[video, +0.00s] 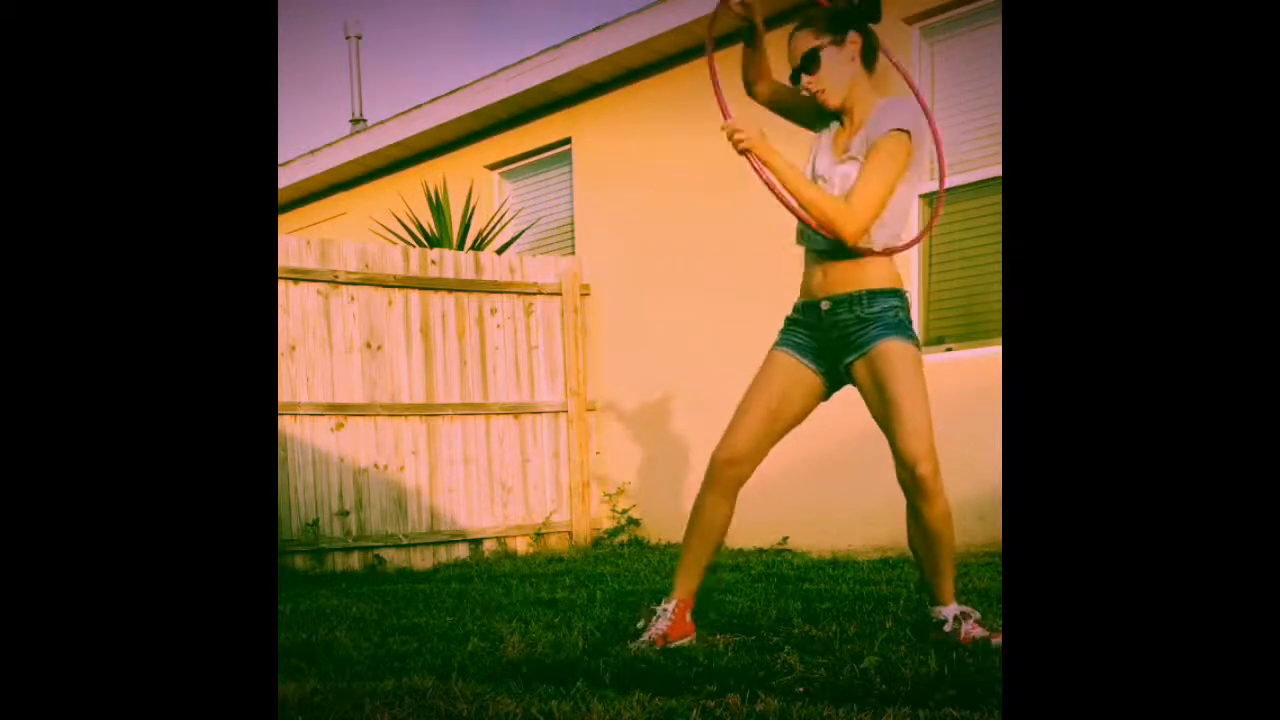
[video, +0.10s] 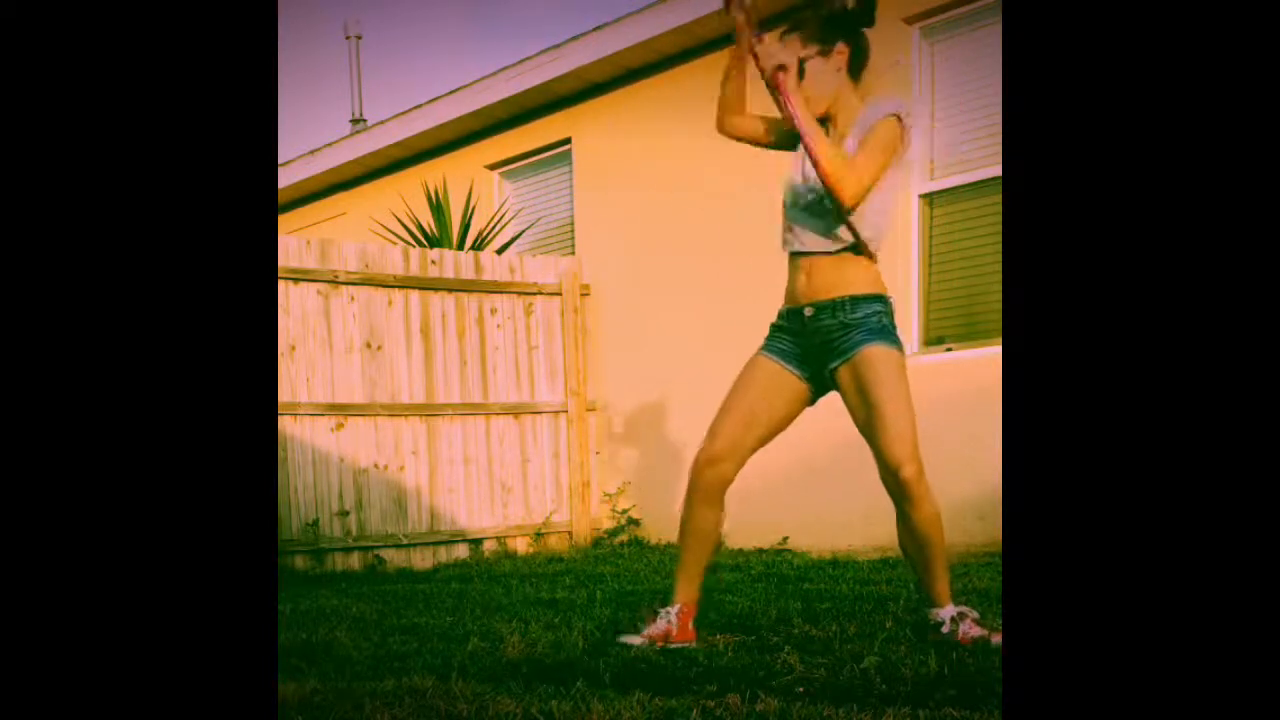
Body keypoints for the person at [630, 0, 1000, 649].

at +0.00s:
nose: (806, 81)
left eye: (812, 62)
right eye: (801, 70)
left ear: (855, 47)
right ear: (826, 65)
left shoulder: (896, 121)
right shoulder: (828, 126)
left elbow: (851, 226)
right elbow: (761, 86)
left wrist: (771, 157)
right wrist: (753, 27)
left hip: (874, 313)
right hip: (809, 320)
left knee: (919, 469)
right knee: (726, 463)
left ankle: (947, 609)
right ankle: (676, 614)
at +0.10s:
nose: (790, 83)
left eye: (796, 68)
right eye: (784, 73)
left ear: (839, 56)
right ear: (812, 65)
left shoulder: (884, 122)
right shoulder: (811, 131)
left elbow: (849, 191)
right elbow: (733, 122)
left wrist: (795, 109)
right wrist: (742, 44)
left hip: (859, 318)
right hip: (793, 327)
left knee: (903, 472)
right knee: (711, 465)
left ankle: (944, 611)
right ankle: (679, 618)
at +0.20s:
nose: (771, 94)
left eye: (777, 78)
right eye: (767, 83)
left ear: (819, 66)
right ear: (778, 82)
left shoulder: (870, 118)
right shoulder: (779, 144)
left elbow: (862, 129)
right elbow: (695, 166)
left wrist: (814, 35)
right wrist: (700, 76)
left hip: (838, 323)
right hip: (771, 334)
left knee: (889, 474)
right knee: (682, 465)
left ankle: (943, 613)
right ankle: (675, 617)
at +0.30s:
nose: (744, 98)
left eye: (752, 85)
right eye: (741, 86)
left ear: (797, 85)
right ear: (767, 89)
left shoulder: (841, 133)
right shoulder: (750, 156)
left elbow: (855, 59)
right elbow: (680, 210)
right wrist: (651, 122)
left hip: (815, 325)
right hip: (747, 336)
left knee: (873, 474)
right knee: (661, 467)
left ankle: (941, 612)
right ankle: (672, 616)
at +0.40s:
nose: (722, 101)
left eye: (730, 89)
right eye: (720, 89)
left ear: (775, 89)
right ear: (751, 91)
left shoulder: (816, 131)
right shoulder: (725, 157)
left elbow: (824, 23)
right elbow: (685, 245)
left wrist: (776, 8)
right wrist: (630, 177)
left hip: (797, 327)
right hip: (730, 339)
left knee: (866, 480)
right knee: (647, 472)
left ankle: (942, 612)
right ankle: (672, 617)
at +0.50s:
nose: (695, 106)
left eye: (705, 96)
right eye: (694, 95)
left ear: (750, 95)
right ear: (730, 97)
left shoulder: (792, 128)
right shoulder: (708, 167)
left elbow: (778, 13)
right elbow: (685, 265)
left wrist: (680, 9)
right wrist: (606, 221)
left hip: (785, 333)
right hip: (720, 345)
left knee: (857, 482)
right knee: (638, 473)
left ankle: (942, 612)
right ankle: (671, 616)